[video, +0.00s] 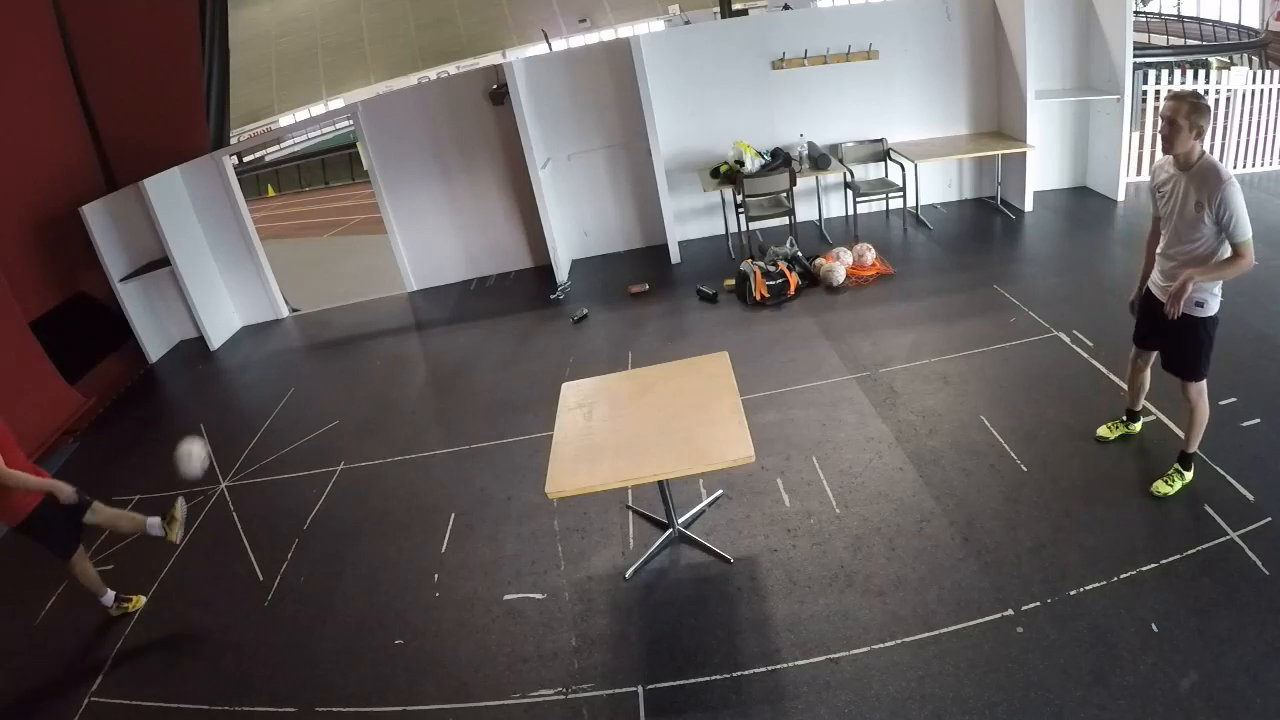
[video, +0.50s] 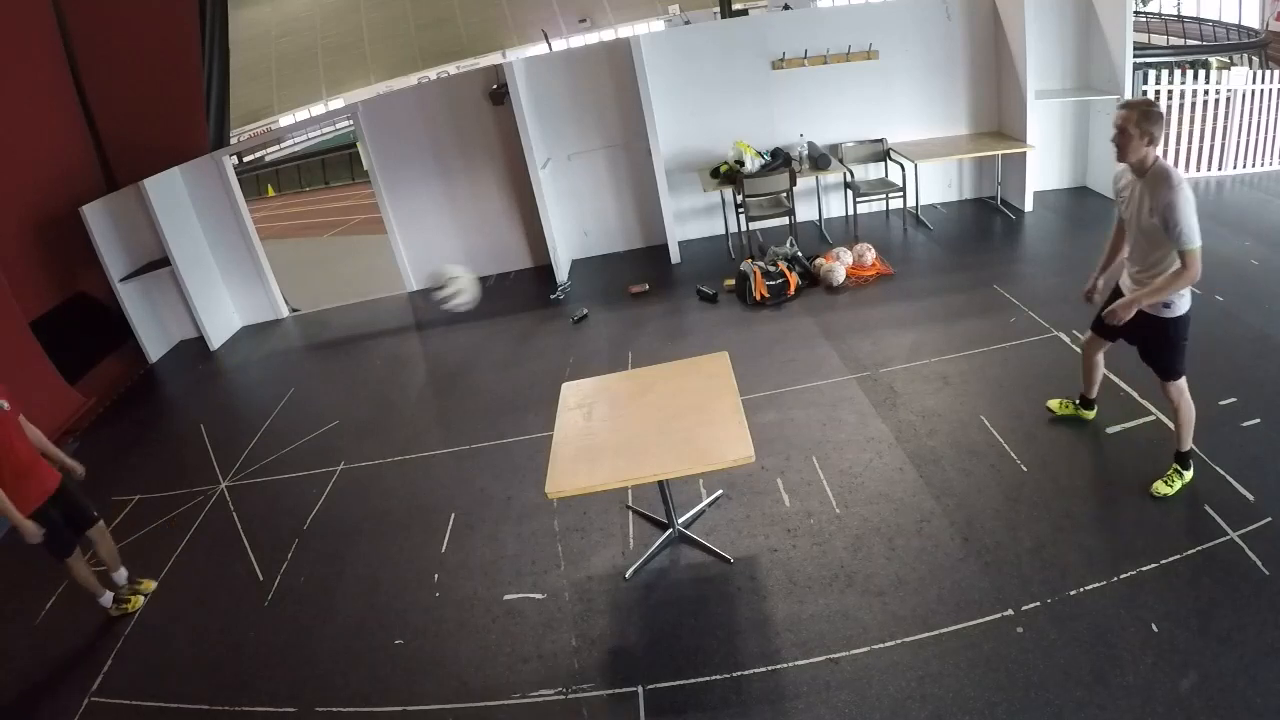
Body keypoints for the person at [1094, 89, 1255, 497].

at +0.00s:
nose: (1162, 128)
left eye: (1172, 124)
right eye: (1162, 120)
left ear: (1198, 132)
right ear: (1161, 122)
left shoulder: (1221, 185)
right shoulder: (1160, 171)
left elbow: (1245, 259)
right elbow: (1155, 231)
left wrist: (1191, 275)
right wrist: (1141, 283)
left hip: (1195, 305)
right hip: (1156, 291)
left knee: (1193, 388)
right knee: (1139, 358)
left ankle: (1185, 463)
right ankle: (1131, 419)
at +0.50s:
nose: (1115, 137)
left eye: (1124, 133)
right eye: (1116, 130)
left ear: (1149, 141)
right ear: (1124, 135)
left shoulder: (1172, 190)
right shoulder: (1123, 177)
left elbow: (1191, 269)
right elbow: (1122, 231)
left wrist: (1136, 300)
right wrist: (1100, 276)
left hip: (1166, 307)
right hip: (1127, 291)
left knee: (1174, 389)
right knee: (1091, 347)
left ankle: (1183, 463)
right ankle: (1086, 404)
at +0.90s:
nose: (1030, 119)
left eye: (1038, 112)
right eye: (1031, 111)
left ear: (1063, 116)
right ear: (1054, 117)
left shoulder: (1096, 165)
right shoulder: (1046, 157)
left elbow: (1134, 228)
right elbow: (1043, 207)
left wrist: (1149, 288)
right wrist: (1014, 246)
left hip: (1079, 275)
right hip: (1051, 264)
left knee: (1040, 345)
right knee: (1036, 329)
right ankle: (1066, 383)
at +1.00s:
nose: (1018, 132)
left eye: (1024, 125)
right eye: (1018, 124)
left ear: (1049, 127)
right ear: (1042, 128)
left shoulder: (1078, 175)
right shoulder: (1039, 161)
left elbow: (1110, 245)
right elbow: (1040, 217)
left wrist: (1124, 310)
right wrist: (1014, 250)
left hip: (1055, 285)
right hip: (1028, 267)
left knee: (1013, 348)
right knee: (986, 323)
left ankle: (1024, 417)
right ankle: (1029, 367)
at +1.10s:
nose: (1002, 143)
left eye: (1006, 136)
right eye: (1001, 135)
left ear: (1029, 134)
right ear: (1027, 133)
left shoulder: (1062, 182)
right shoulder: (1031, 165)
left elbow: (1080, 261)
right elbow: (1035, 224)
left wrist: (1074, 329)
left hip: (1036, 285)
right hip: (1012, 263)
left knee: (1002, 355)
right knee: (954, 306)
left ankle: (1024, 419)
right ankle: (957, 366)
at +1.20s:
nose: (986, 145)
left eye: (988, 137)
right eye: (984, 137)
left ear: (1009, 133)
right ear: (1009, 131)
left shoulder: (1043, 180)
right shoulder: (1021, 160)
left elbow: (1049, 261)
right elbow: (1024, 221)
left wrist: (1013, 315)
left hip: (1023, 281)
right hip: (999, 259)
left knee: (1000, 349)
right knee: (940, 306)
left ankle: (1024, 417)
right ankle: (886, 352)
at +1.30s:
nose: (967, 137)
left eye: (969, 130)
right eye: (965, 130)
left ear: (990, 127)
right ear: (991, 125)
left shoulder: (1025, 168)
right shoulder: (1009, 154)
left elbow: (1017, 251)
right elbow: (1006, 221)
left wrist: (969, 298)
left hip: (1011, 276)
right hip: (987, 256)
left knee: (1002, 352)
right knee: (931, 304)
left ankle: (1024, 417)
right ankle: (873, 358)